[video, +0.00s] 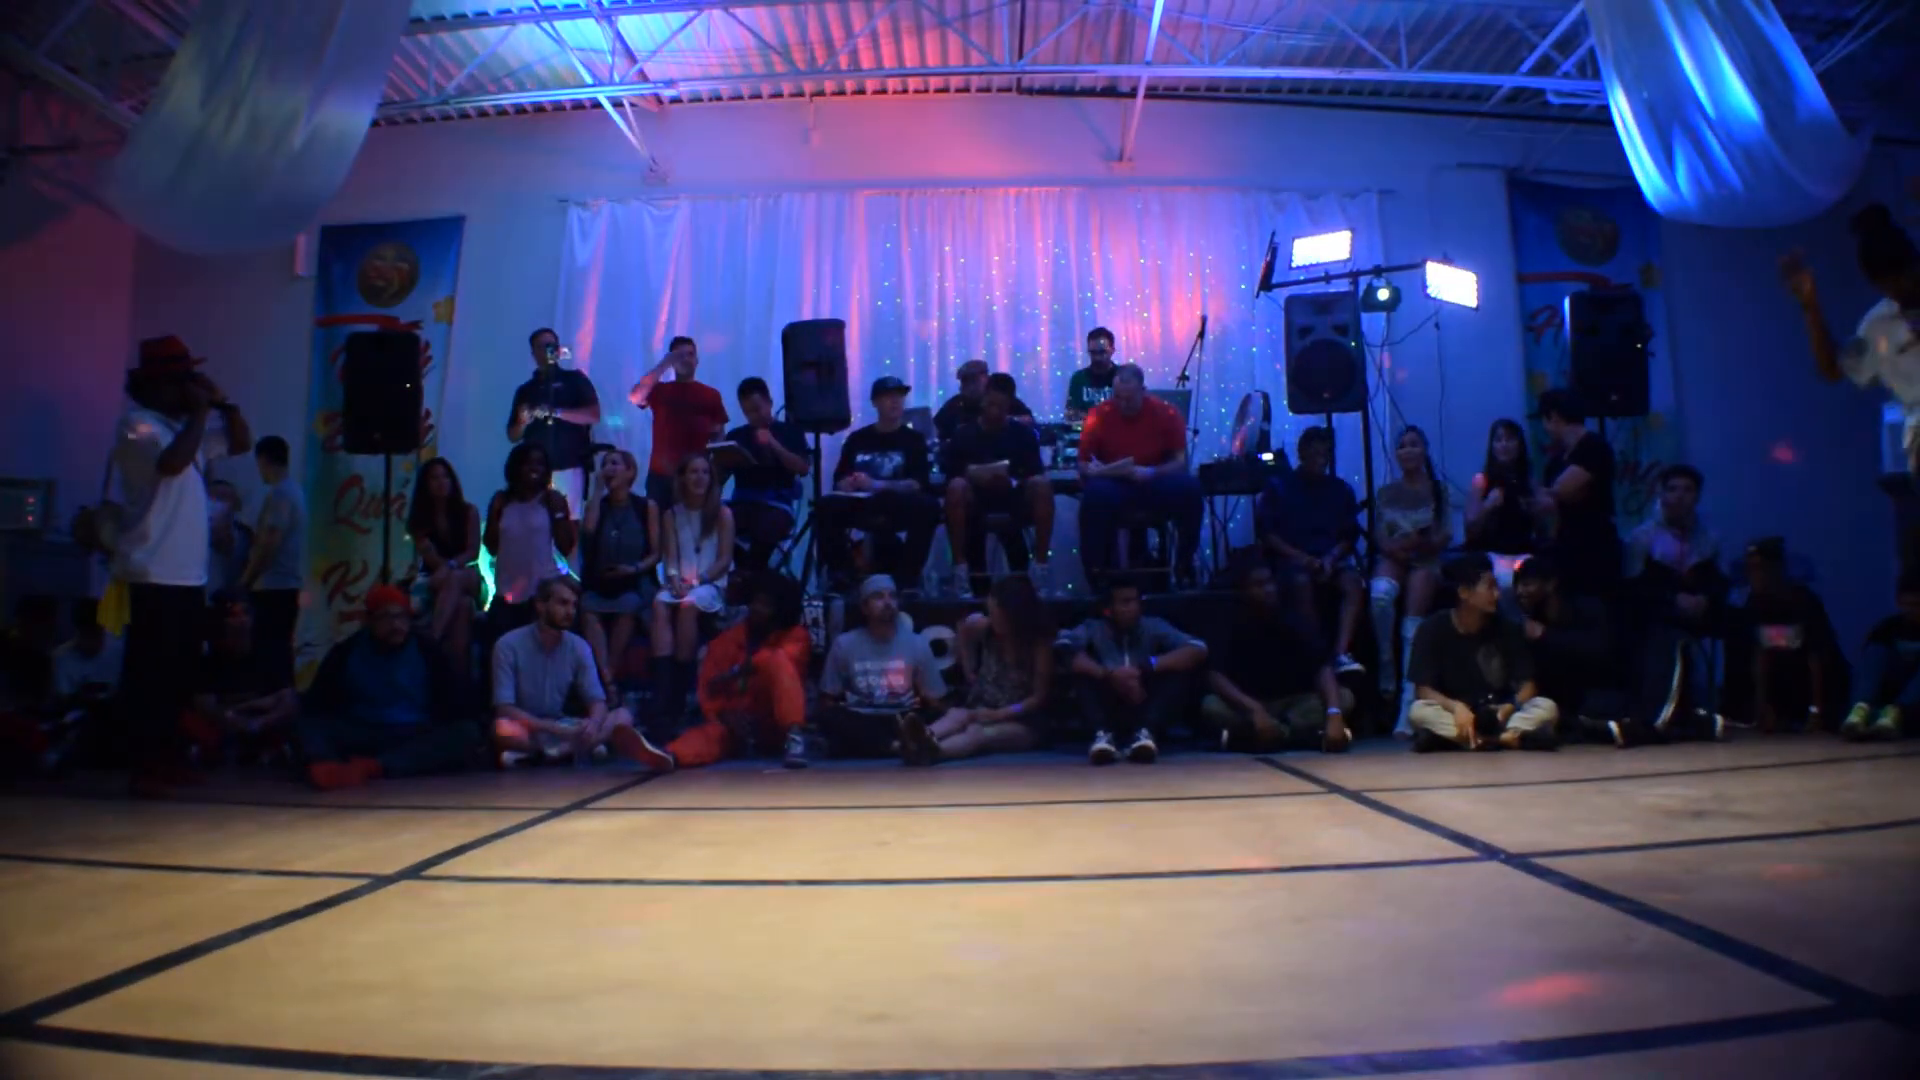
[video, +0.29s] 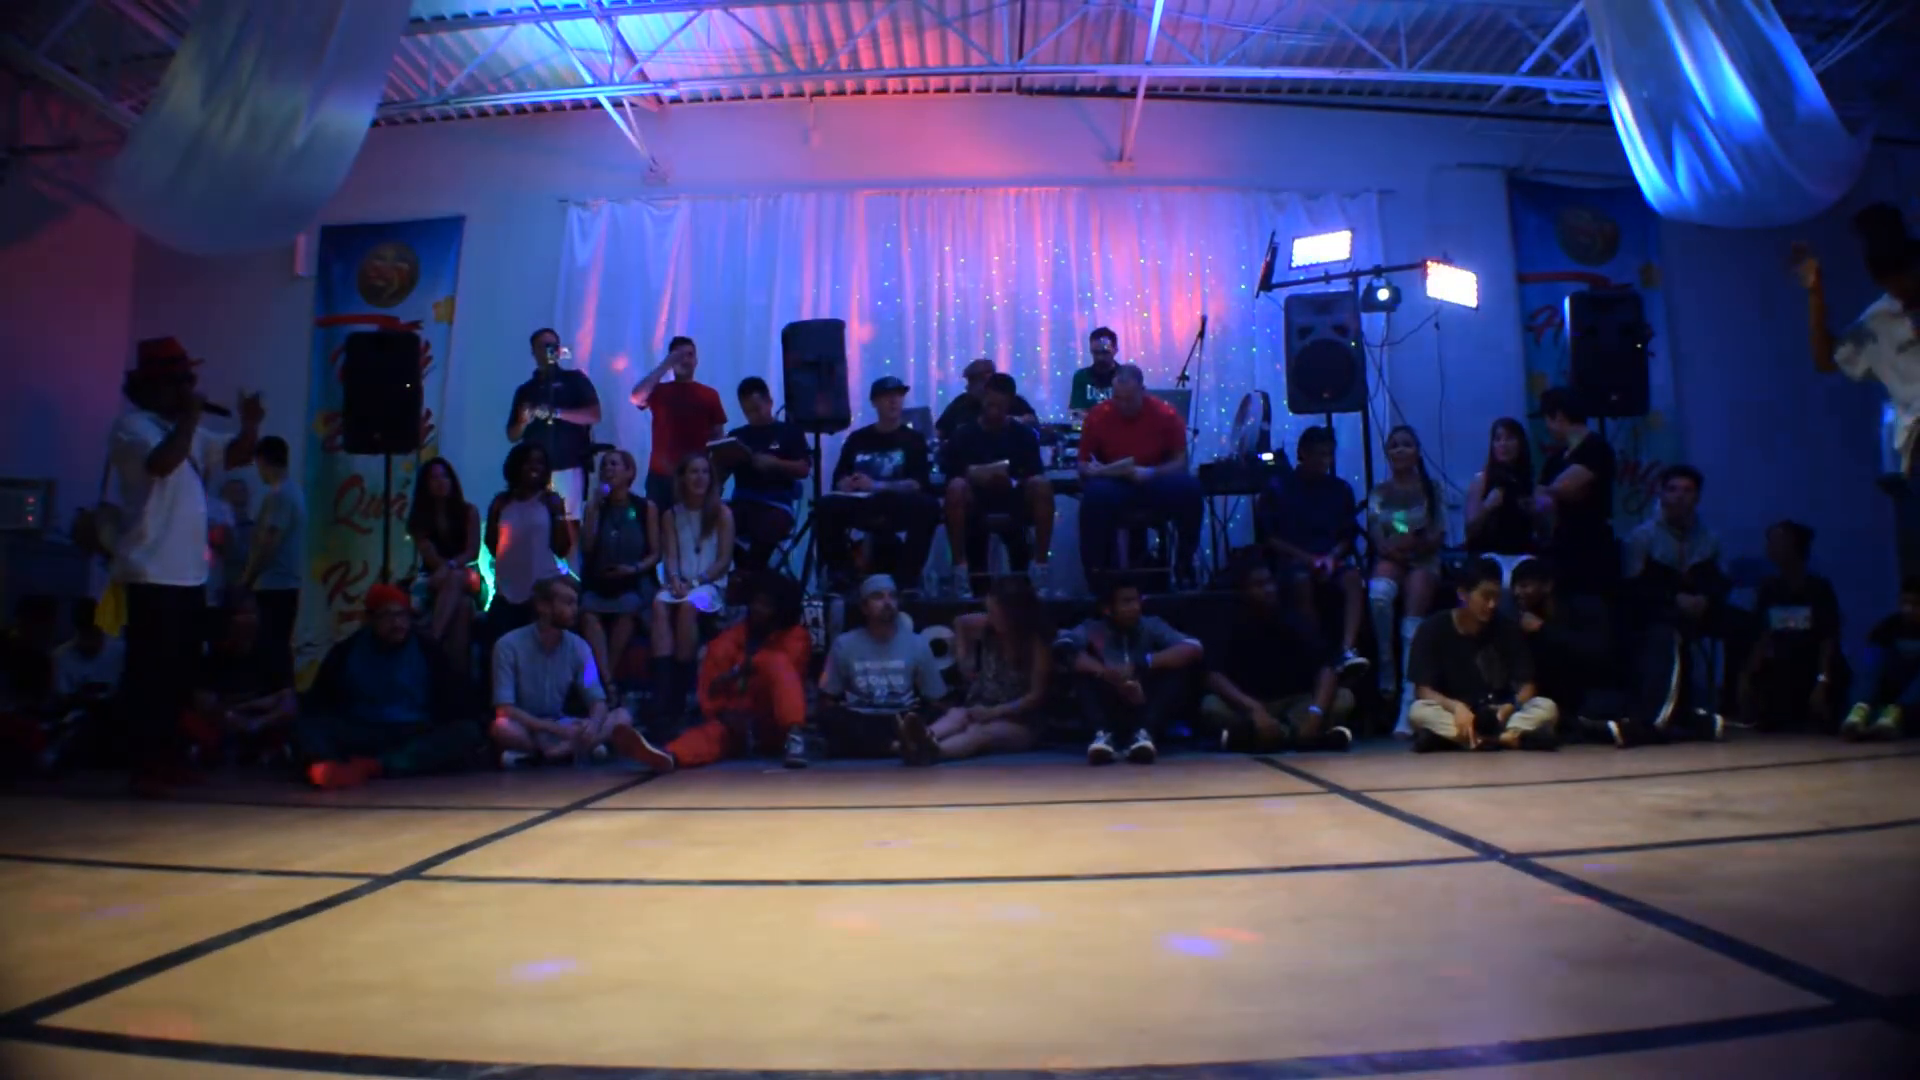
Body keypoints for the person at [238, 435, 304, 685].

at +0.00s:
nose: (259, 467)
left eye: (260, 461)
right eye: (259, 461)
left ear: (267, 461)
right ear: (284, 460)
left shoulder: (280, 496)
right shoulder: (291, 492)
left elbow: (267, 543)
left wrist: (246, 579)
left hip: (274, 587)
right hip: (284, 584)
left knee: (269, 654)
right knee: (277, 653)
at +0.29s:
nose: (259, 469)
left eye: (260, 463)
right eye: (258, 463)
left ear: (266, 463)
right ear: (283, 461)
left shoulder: (279, 497)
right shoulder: (290, 493)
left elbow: (267, 542)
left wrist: (247, 575)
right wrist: (252, 573)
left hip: (275, 586)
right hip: (281, 583)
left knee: (271, 650)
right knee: (276, 650)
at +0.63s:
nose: (258, 469)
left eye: (261, 462)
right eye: (259, 462)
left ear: (266, 463)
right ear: (283, 462)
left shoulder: (279, 496)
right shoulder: (291, 493)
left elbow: (267, 541)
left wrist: (247, 576)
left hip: (274, 586)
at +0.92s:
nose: (259, 469)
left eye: (259, 462)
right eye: (259, 462)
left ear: (264, 462)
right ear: (284, 460)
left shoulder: (280, 496)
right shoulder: (291, 493)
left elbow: (268, 544)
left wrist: (244, 580)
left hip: (274, 586)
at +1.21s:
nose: (259, 469)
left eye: (260, 462)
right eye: (259, 462)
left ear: (264, 462)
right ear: (283, 461)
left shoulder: (280, 496)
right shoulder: (290, 493)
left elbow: (270, 542)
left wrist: (246, 577)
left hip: (272, 587)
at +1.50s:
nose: (263, 468)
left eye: (264, 461)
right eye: (263, 461)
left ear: (270, 462)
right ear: (288, 460)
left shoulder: (283, 499)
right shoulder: (292, 495)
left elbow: (273, 543)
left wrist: (254, 576)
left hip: (278, 588)